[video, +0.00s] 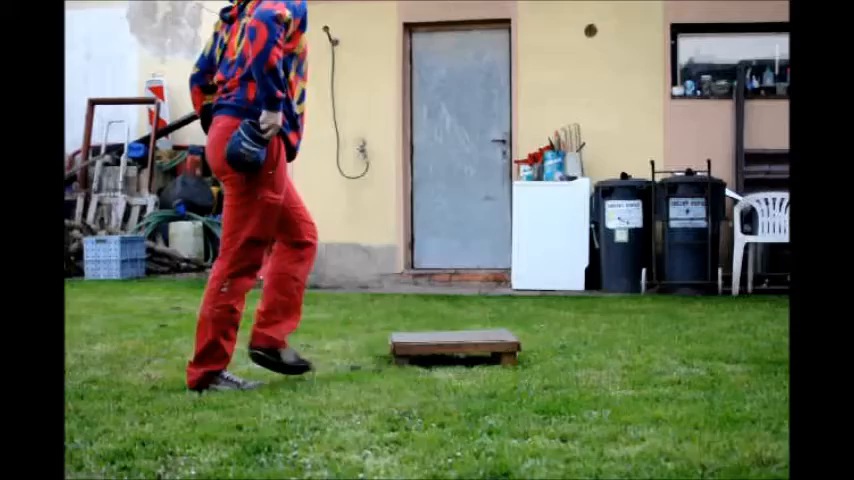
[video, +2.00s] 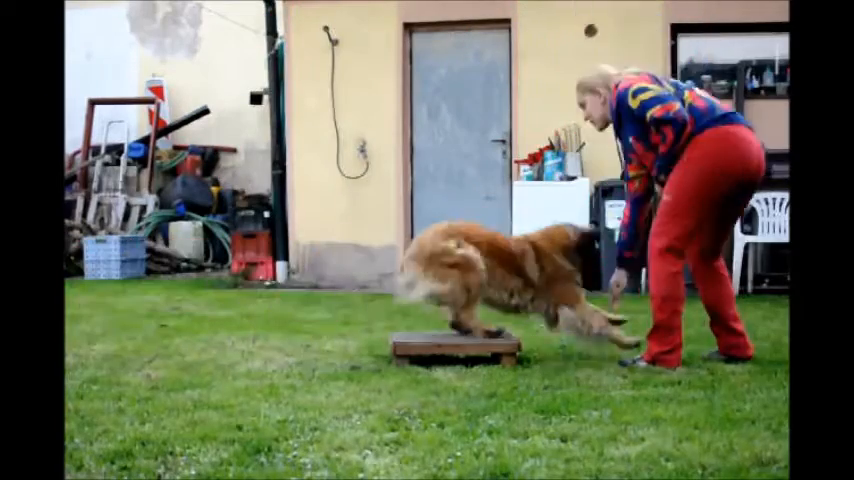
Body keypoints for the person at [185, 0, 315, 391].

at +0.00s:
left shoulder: (235, 13)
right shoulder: (290, 5)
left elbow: (201, 76)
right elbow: (259, 34)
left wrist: (215, 127)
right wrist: (272, 108)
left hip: (226, 133)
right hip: (254, 135)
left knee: (299, 236)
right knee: (237, 263)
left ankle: (271, 340)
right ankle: (208, 371)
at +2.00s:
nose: (585, 115)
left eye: (584, 105)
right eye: (581, 109)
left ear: (601, 92)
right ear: (602, 96)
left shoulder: (629, 87)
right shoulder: (631, 130)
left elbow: (674, 117)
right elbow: (637, 194)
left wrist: (661, 173)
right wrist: (624, 266)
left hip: (718, 144)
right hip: (745, 148)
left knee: (664, 245)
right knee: (705, 253)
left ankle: (662, 354)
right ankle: (735, 347)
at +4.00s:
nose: (606, 180)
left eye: (601, 172)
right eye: (600, 177)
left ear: (610, 153)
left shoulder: (636, 131)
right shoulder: (657, 179)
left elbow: (691, 123)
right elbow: (654, 230)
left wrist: (687, 177)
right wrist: (642, 306)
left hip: (739, 149)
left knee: (683, 245)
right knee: (702, 252)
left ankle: (701, 351)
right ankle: (732, 344)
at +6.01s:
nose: (688, 26)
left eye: (697, 20)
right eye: (685, 18)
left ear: (715, 17)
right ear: (679, 13)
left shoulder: (726, 53)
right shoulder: (663, 42)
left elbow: (742, 107)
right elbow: (647, 83)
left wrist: (695, 124)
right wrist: (655, 103)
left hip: (705, 154)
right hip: (661, 152)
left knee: (703, 241)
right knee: (645, 236)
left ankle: (703, 331)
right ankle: (665, 315)